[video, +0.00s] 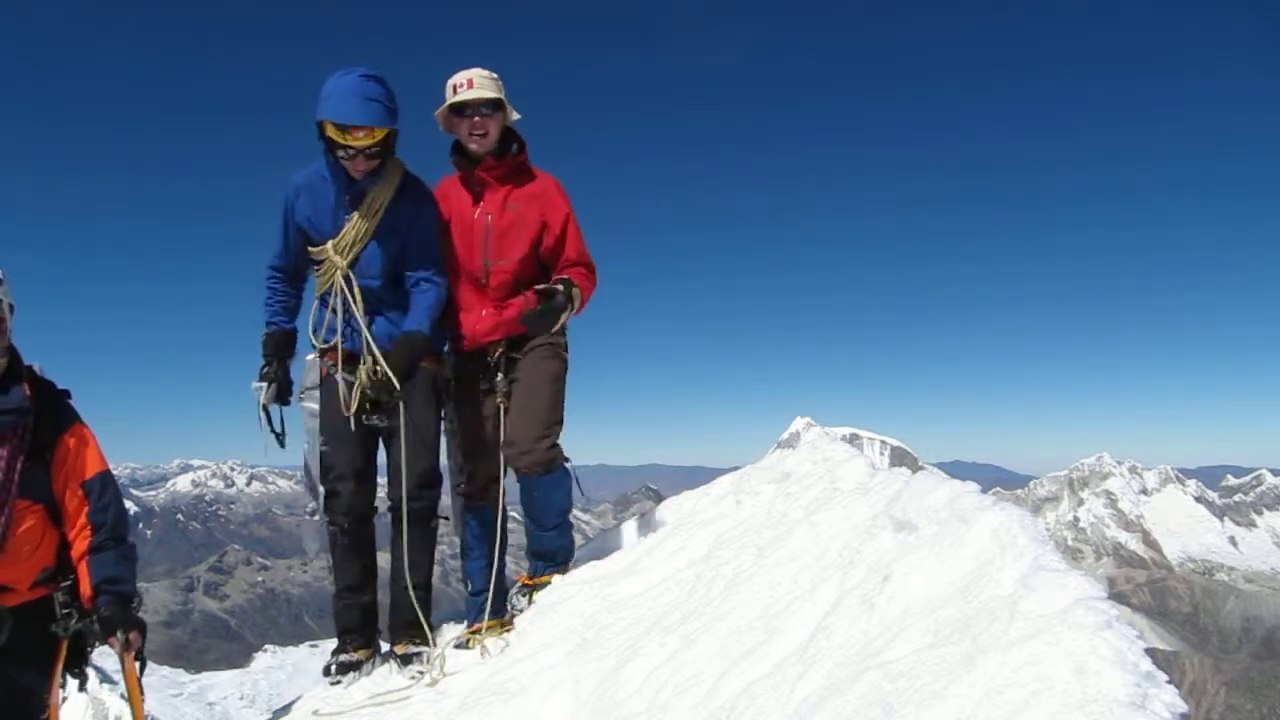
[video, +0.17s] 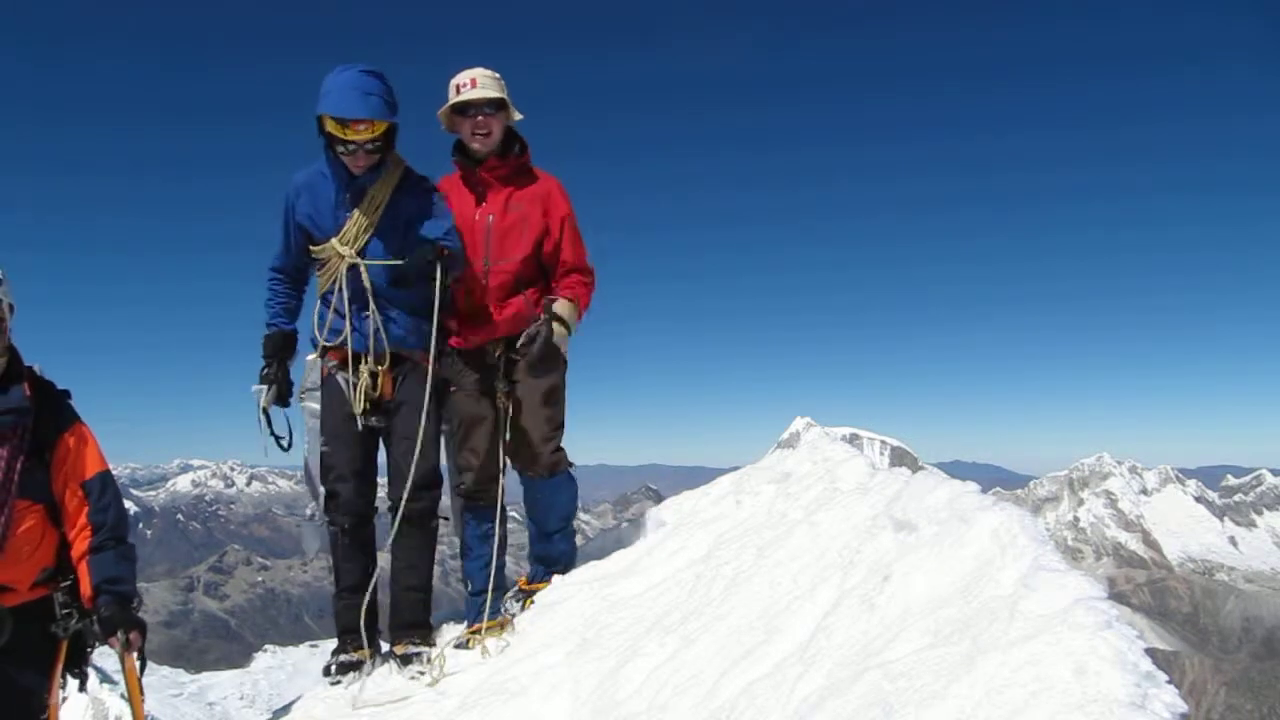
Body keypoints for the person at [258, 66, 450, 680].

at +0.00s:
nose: (361, 156)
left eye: (373, 144)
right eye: (347, 143)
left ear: (390, 135)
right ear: (327, 135)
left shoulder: (411, 196)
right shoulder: (306, 191)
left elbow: (428, 278)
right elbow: (283, 276)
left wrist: (413, 342)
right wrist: (277, 352)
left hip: (409, 359)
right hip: (340, 366)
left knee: (415, 494)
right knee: (345, 499)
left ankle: (410, 632)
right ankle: (355, 638)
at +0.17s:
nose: (359, 149)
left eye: (372, 136)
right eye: (346, 137)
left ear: (389, 129)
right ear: (328, 131)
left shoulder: (417, 194)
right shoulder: (308, 190)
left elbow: (450, 265)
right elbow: (285, 279)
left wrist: (443, 260)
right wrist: (277, 357)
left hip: (412, 363)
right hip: (340, 366)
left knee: (415, 496)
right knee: (346, 499)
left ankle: (411, 633)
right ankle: (353, 639)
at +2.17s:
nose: (391, 91)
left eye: (405, 81)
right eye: (379, 79)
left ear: (419, 91)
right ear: (360, 86)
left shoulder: (437, 180)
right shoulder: (320, 162)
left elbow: (465, 264)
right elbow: (280, 253)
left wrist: (503, 277)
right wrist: (266, 327)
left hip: (416, 354)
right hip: (341, 349)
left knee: (407, 502)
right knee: (335, 496)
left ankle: (390, 646)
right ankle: (316, 661)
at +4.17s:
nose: (386, 93)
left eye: (400, 85)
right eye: (375, 82)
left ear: (414, 98)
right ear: (354, 89)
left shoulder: (422, 188)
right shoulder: (315, 157)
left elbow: (438, 281)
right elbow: (259, 248)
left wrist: (443, 356)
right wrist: (256, 333)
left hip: (407, 361)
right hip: (339, 354)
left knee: (378, 506)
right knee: (331, 502)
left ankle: (355, 641)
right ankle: (302, 669)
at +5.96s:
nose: (400, 100)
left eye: (408, 91)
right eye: (386, 88)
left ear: (414, 102)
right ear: (357, 94)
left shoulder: (417, 191)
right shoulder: (313, 164)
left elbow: (432, 281)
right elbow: (253, 251)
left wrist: (440, 363)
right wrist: (288, 282)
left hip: (403, 365)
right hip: (337, 359)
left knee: (376, 507)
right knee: (325, 506)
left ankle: (354, 640)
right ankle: (299, 672)